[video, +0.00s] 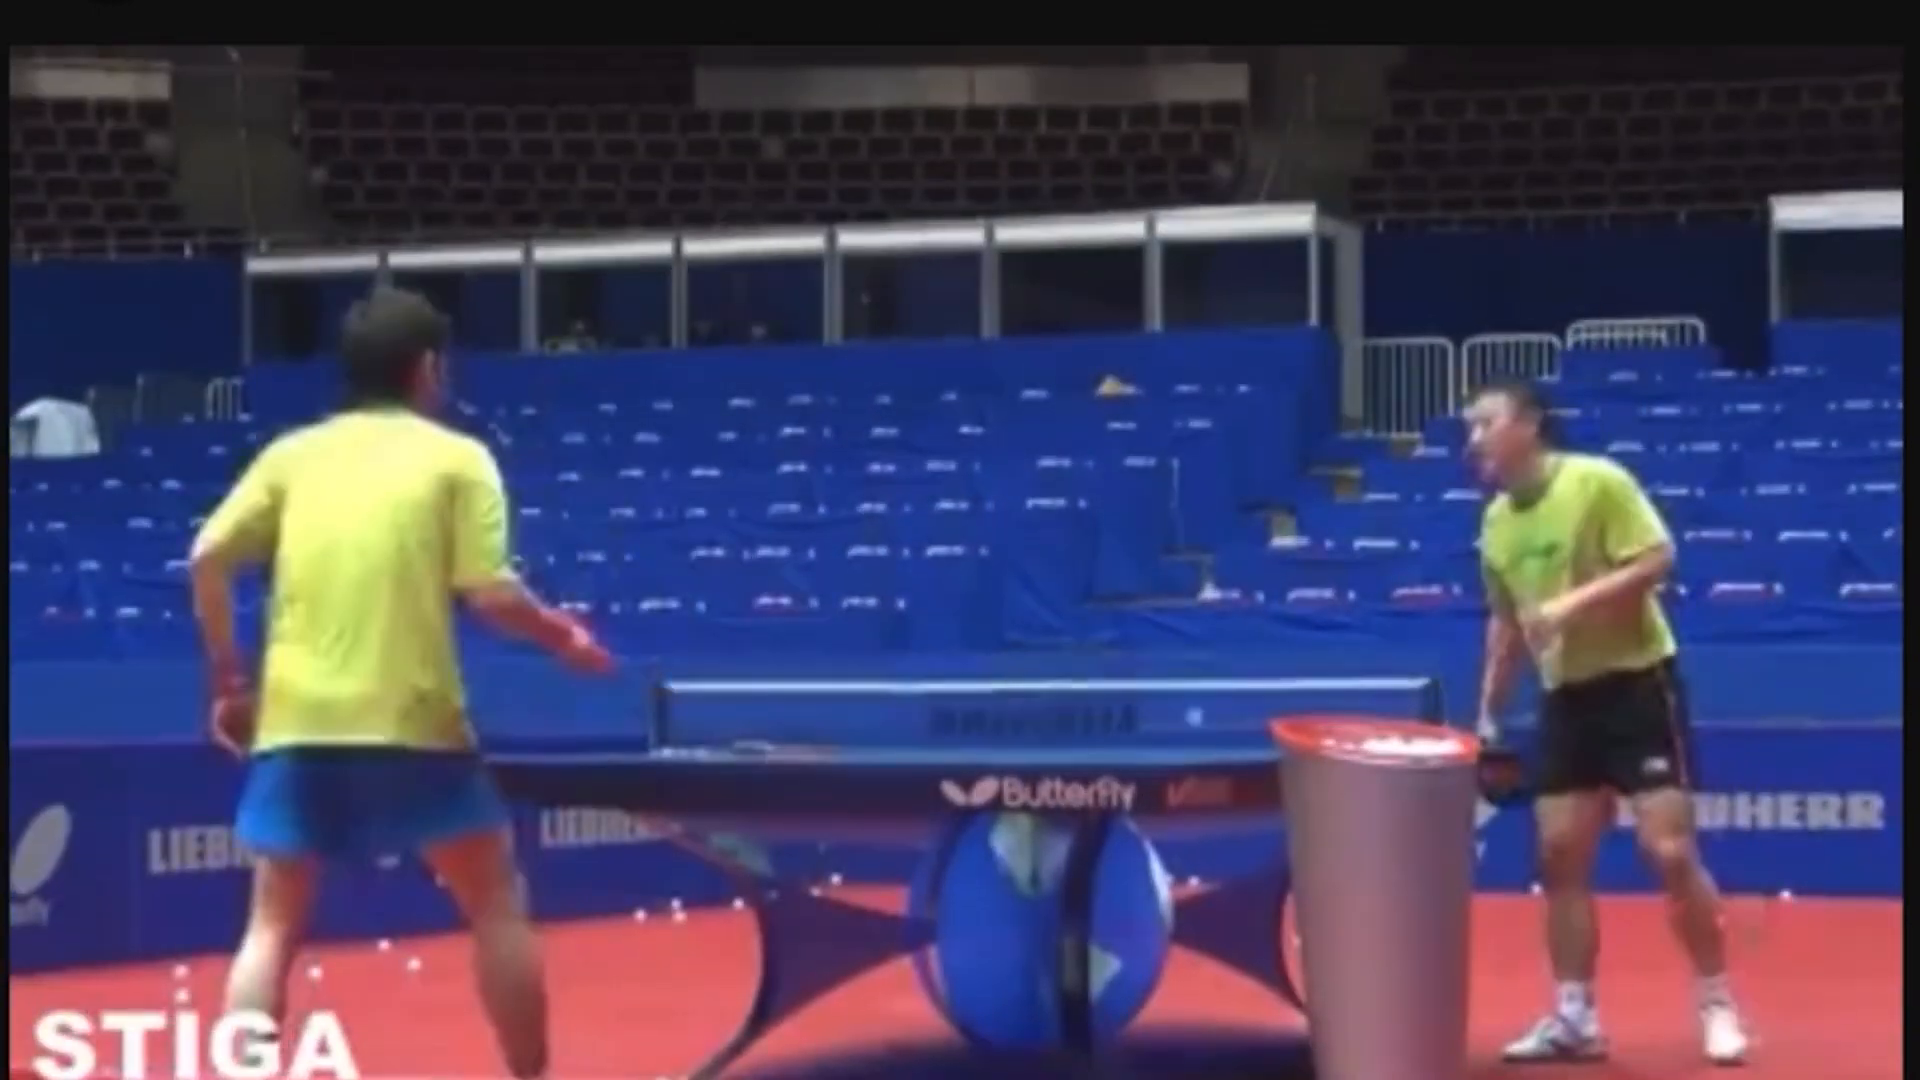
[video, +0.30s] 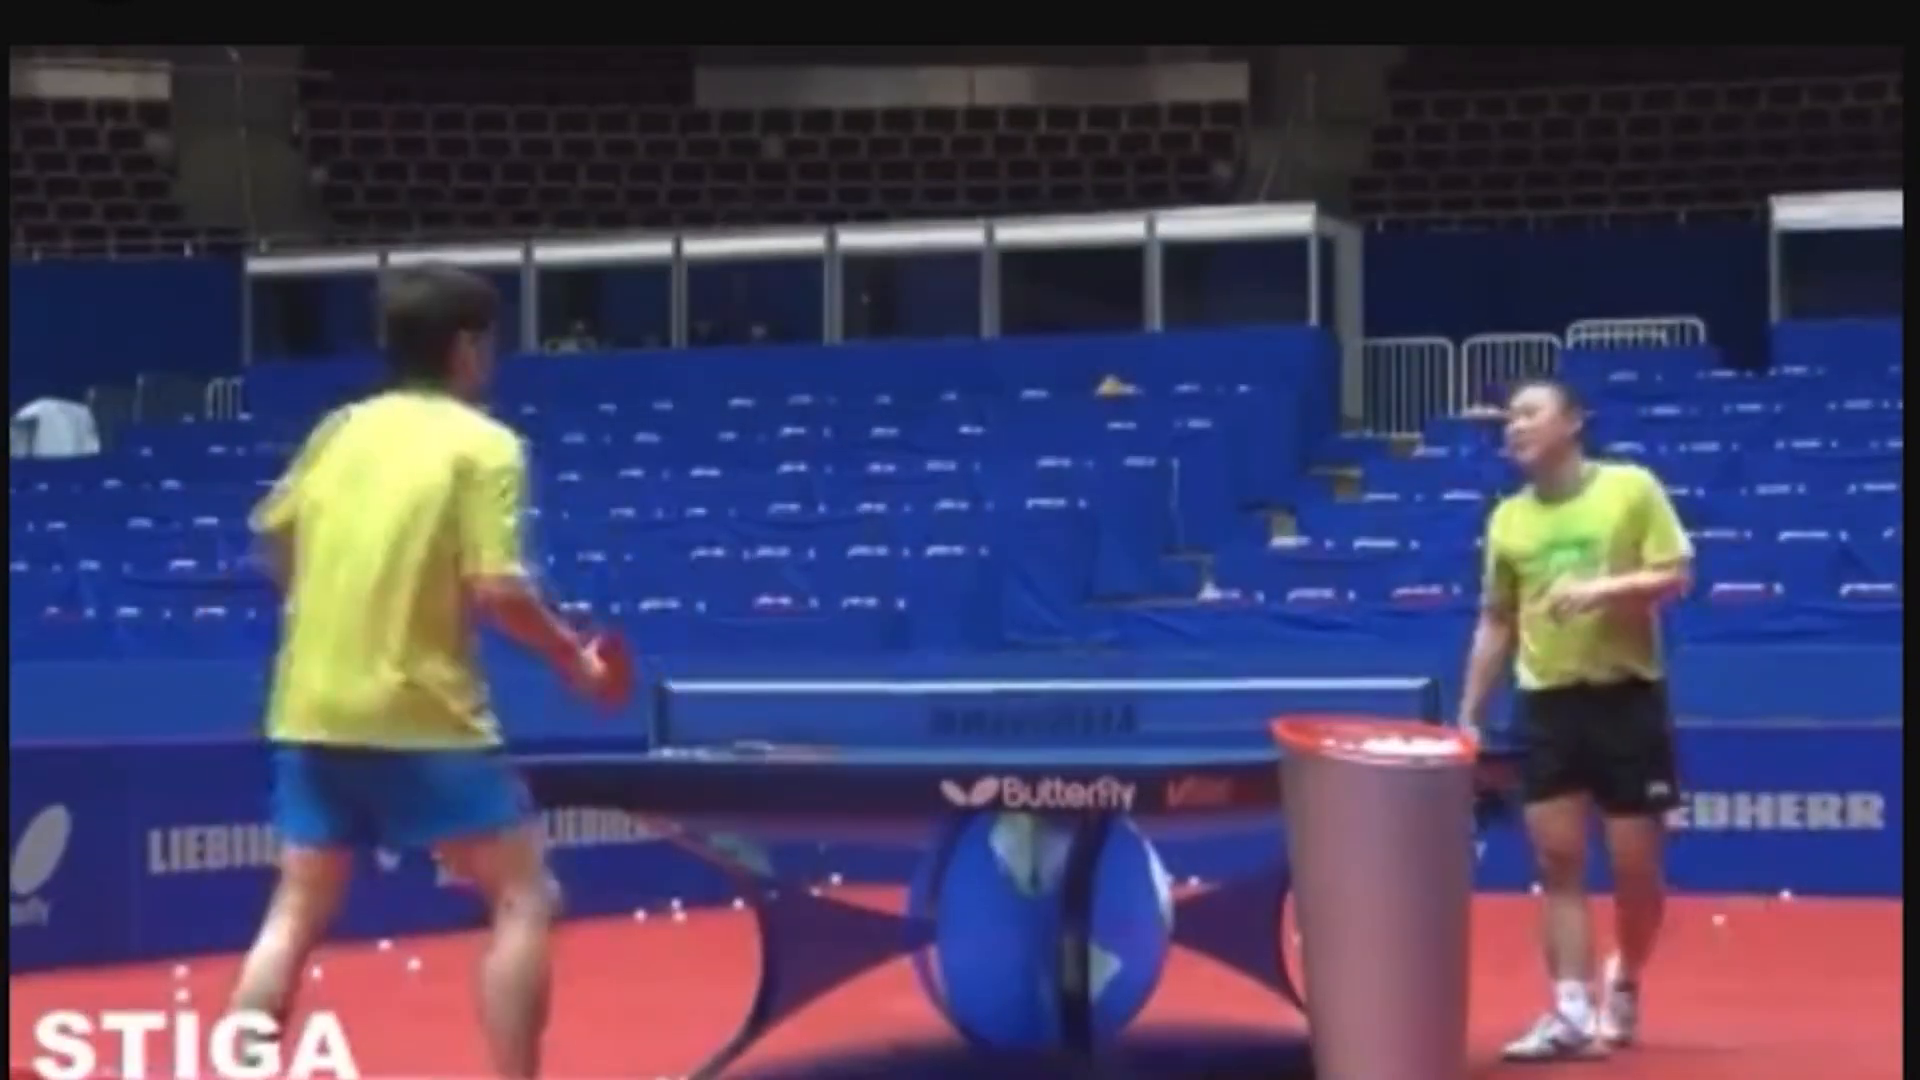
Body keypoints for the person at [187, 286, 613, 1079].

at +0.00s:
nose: (444, 376)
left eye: (439, 362)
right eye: (441, 363)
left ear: (354, 370)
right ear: (424, 369)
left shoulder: (294, 454)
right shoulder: (459, 458)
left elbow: (208, 558)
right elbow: (488, 589)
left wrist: (229, 681)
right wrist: (563, 637)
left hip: (293, 729)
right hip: (412, 729)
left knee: (271, 924)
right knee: (495, 906)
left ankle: (239, 1069)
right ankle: (531, 1067)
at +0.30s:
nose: (490, 358)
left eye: (489, 343)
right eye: (486, 343)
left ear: (397, 347)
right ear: (463, 349)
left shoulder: (345, 427)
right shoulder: (484, 444)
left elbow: (275, 526)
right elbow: (495, 584)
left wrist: (331, 611)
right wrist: (576, 659)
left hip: (309, 709)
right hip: (420, 715)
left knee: (301, 896)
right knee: (525, 896)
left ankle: (238, 1055)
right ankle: (514, 1066)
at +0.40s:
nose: (526, 353)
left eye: (520, 337)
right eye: (519, 338)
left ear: (442, 348)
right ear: (496, 346)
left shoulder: (403, 425)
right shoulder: (522, 439)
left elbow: (402, 553)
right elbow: (567, 579)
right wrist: (584, 656)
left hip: (354, 706)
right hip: (456, 713)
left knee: (338, 909)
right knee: (549, 904)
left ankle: (247, 1056)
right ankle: (523, 1067)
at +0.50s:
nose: (570, 344)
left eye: (567, 327)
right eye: (558, 328)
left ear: (490, 339)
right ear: (524, 336)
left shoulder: (450, 416)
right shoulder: (549, 426)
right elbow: (620, 555)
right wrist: (571, 654)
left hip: (402, 700)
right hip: (485, 705)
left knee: (403, 894)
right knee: (564, 910)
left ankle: (300, 1055)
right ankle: (525, 1067)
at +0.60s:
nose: (607, 331)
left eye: (602, 316)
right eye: (600, 316)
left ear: (529, 326)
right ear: (576, 322)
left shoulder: (490, 403)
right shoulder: (593, 410)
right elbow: (657, 539)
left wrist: (652, 470)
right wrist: (590, 605)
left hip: (447, 693)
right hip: (521, 707)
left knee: (474, 896)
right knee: (564, 912)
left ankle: (379, 1058)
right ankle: (527, 1069)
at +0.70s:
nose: (638, 328)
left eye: (636, 315)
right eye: (634, 315)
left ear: (553, 323)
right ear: (615, 318)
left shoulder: (528, 395)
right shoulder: (616, 400)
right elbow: (672, 531)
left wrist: (665, 489)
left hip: (484, 685)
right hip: (540, 700)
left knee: (548, 891)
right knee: (564, 909)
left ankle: (472, 1054)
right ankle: (521, 1067)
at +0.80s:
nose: (678, 328)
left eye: (677, 315)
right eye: (675, 315)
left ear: (593, 321)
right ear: (656, 322)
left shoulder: (570, 394)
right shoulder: (648, 398)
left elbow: (694, 547)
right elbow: (710, 477)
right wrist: (719, 452)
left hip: (544, 692)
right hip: (568, 703)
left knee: (626, 911)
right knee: (575, 920)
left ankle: (606, 1065)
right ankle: (526, 1067)